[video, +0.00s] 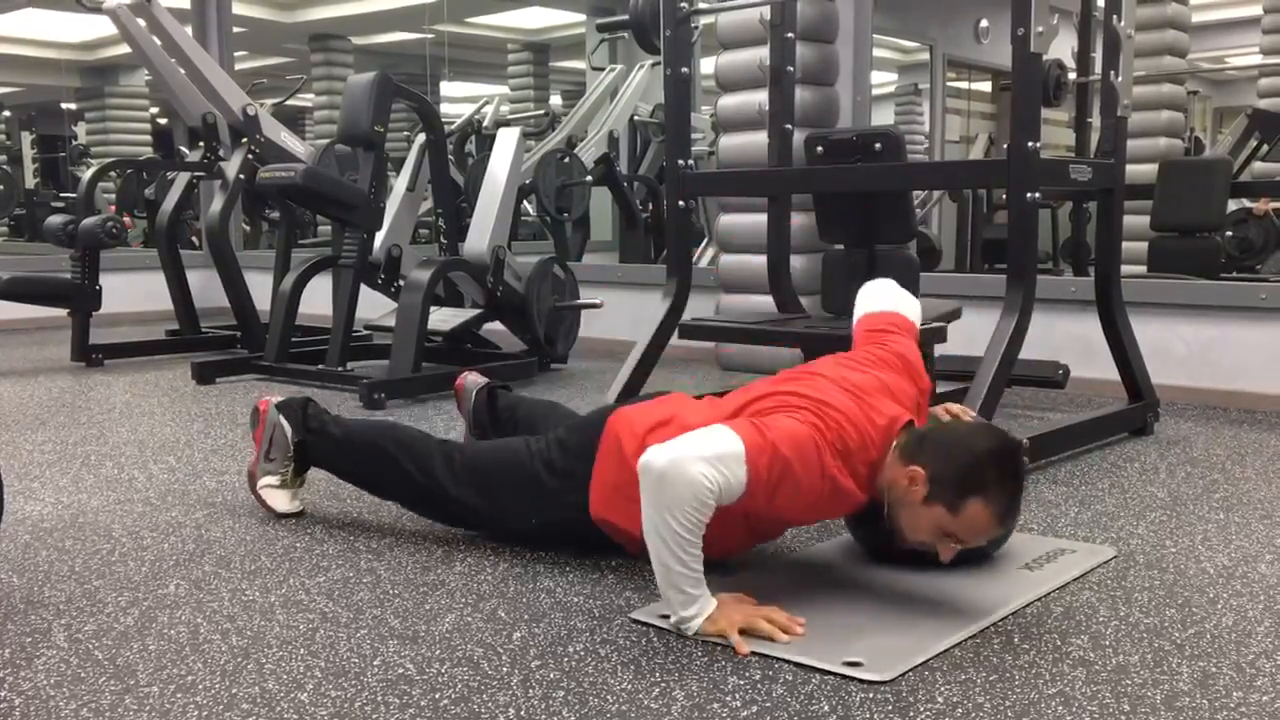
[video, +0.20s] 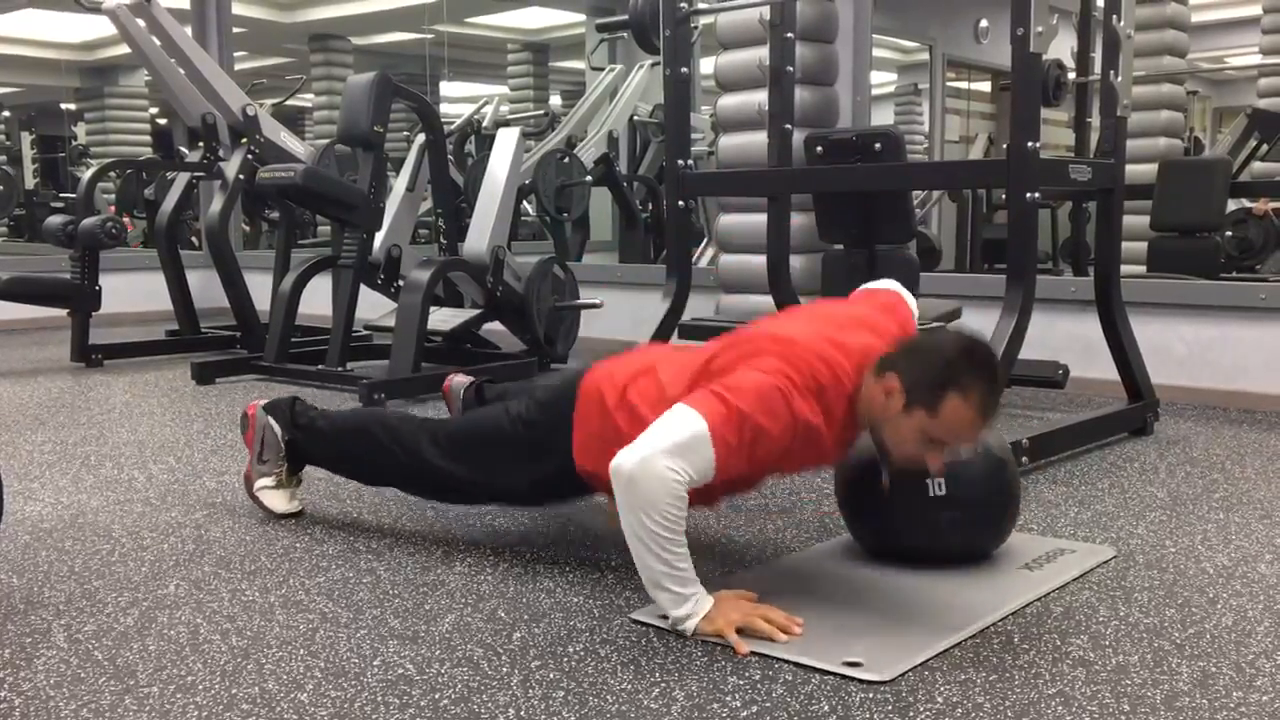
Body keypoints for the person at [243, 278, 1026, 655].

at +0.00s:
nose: (938, 552)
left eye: (958, 548)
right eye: (944, 538)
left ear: (946, 443)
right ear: (914, 479)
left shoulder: (899, 382)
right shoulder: (811, 458)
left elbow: (883, 288)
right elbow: (674, 476)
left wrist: (890, 428)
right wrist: (693, 604)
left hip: (661, 420)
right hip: (607, 471)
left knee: (567, 429)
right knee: (451, 475)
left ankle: (489, 399)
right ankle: (298, 425)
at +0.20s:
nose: (937, 463)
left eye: (955, 451)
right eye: (938, 445)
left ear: (927, 374)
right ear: (894, 398)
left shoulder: (887, 324)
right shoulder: (779, 406)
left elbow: (892, 285)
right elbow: (647, 474)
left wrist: (878, 413)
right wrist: (688, 605)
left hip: (646, 368)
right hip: (593, 424)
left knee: (525, 394)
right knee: (435, 454)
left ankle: (470, 387)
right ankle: (285, 429)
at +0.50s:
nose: (893, 195)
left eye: (907, 180)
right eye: (886, 171)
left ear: (893, 162)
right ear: (832, 133)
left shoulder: (843, 184)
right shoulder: (743, 185)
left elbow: (844, 294)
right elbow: (709, 372)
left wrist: (816, 365)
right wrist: (742, 543)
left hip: (615, 301)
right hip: (561, 272)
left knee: (519, 376)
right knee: (430, 379)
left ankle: (463, 418)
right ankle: (275, 428)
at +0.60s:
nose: (904, 178)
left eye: (917, 164)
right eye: (899, 156)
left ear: (866, 130)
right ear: (844, 120)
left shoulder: (846, 170)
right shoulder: (753, 163)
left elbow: (842, 278)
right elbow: (668, 301)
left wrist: (819, 311)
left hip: (615, 306)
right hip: (558, 272)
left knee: (519, 379)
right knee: (432, 373)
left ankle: (461, 415)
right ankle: (278, 428)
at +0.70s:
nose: (922, 225)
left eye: (934, 211)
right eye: (917, 203)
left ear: (901, 182)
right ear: (865, 163)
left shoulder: (865, 217)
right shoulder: (768, 183)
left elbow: (873, 308)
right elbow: (651, 282)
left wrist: (882, 379)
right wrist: (766, 393)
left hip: (630, 325)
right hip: (566, 291)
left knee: (533, 386)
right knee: (436, 379)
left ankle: (462, 420)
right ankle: (279, 427)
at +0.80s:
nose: (954, 323)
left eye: (967, 308)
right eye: (948, 302)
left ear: (938, 281)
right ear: (897, 266)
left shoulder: (904, 294)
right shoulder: (798, 268)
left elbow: (929, 393)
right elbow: (663, 311)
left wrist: (942, 502)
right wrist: (725, 443)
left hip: (632, 343)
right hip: (578, 338)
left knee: (510, 381)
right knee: (441, 397)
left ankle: (459, 428)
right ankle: (281, 426)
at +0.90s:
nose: (978, 443)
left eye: (990, 434)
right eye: (974, 428)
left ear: (958, 391)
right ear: (932, 389)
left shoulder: (926, 362)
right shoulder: (832, 357)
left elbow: (941, 426)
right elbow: (682, 335)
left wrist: (944, 503)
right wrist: (712, 464)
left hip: (666, 391)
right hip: (620, 389)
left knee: (490, 411)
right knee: (460, 432)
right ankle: (295, 425)